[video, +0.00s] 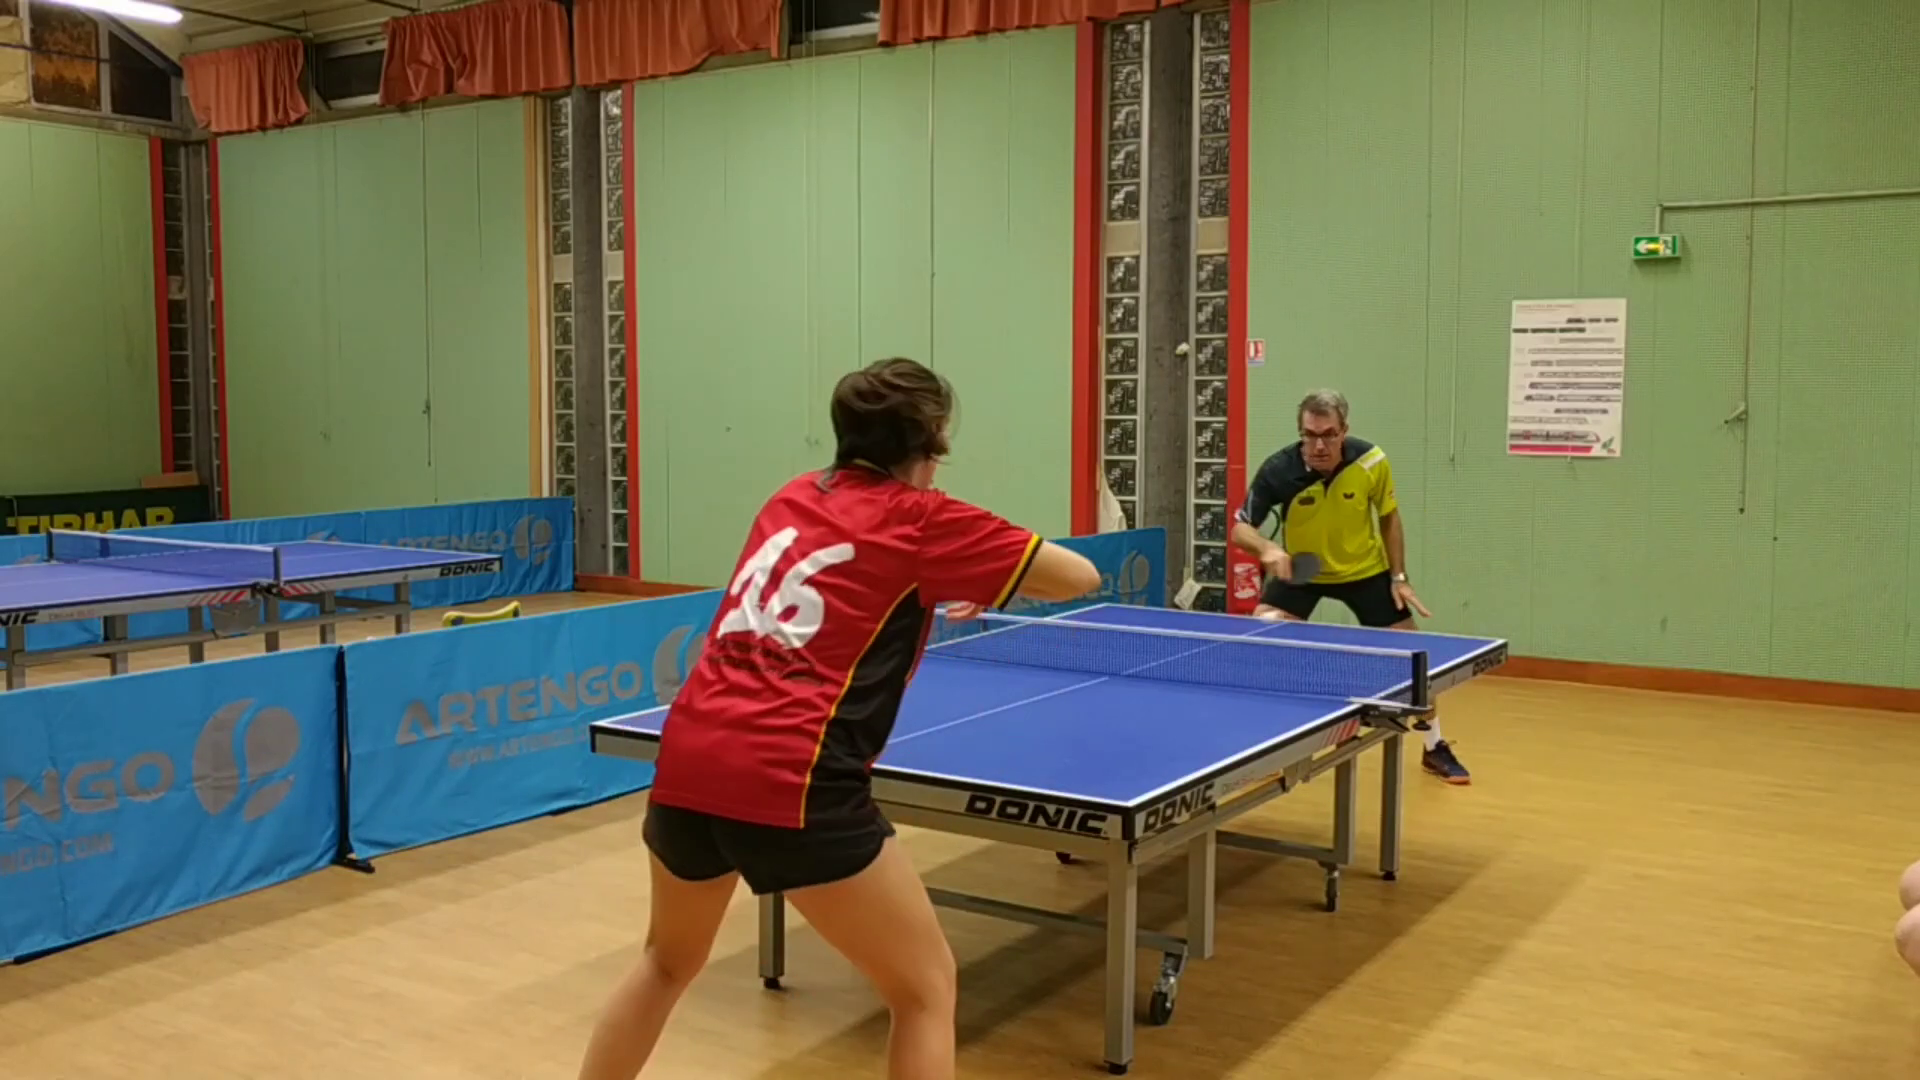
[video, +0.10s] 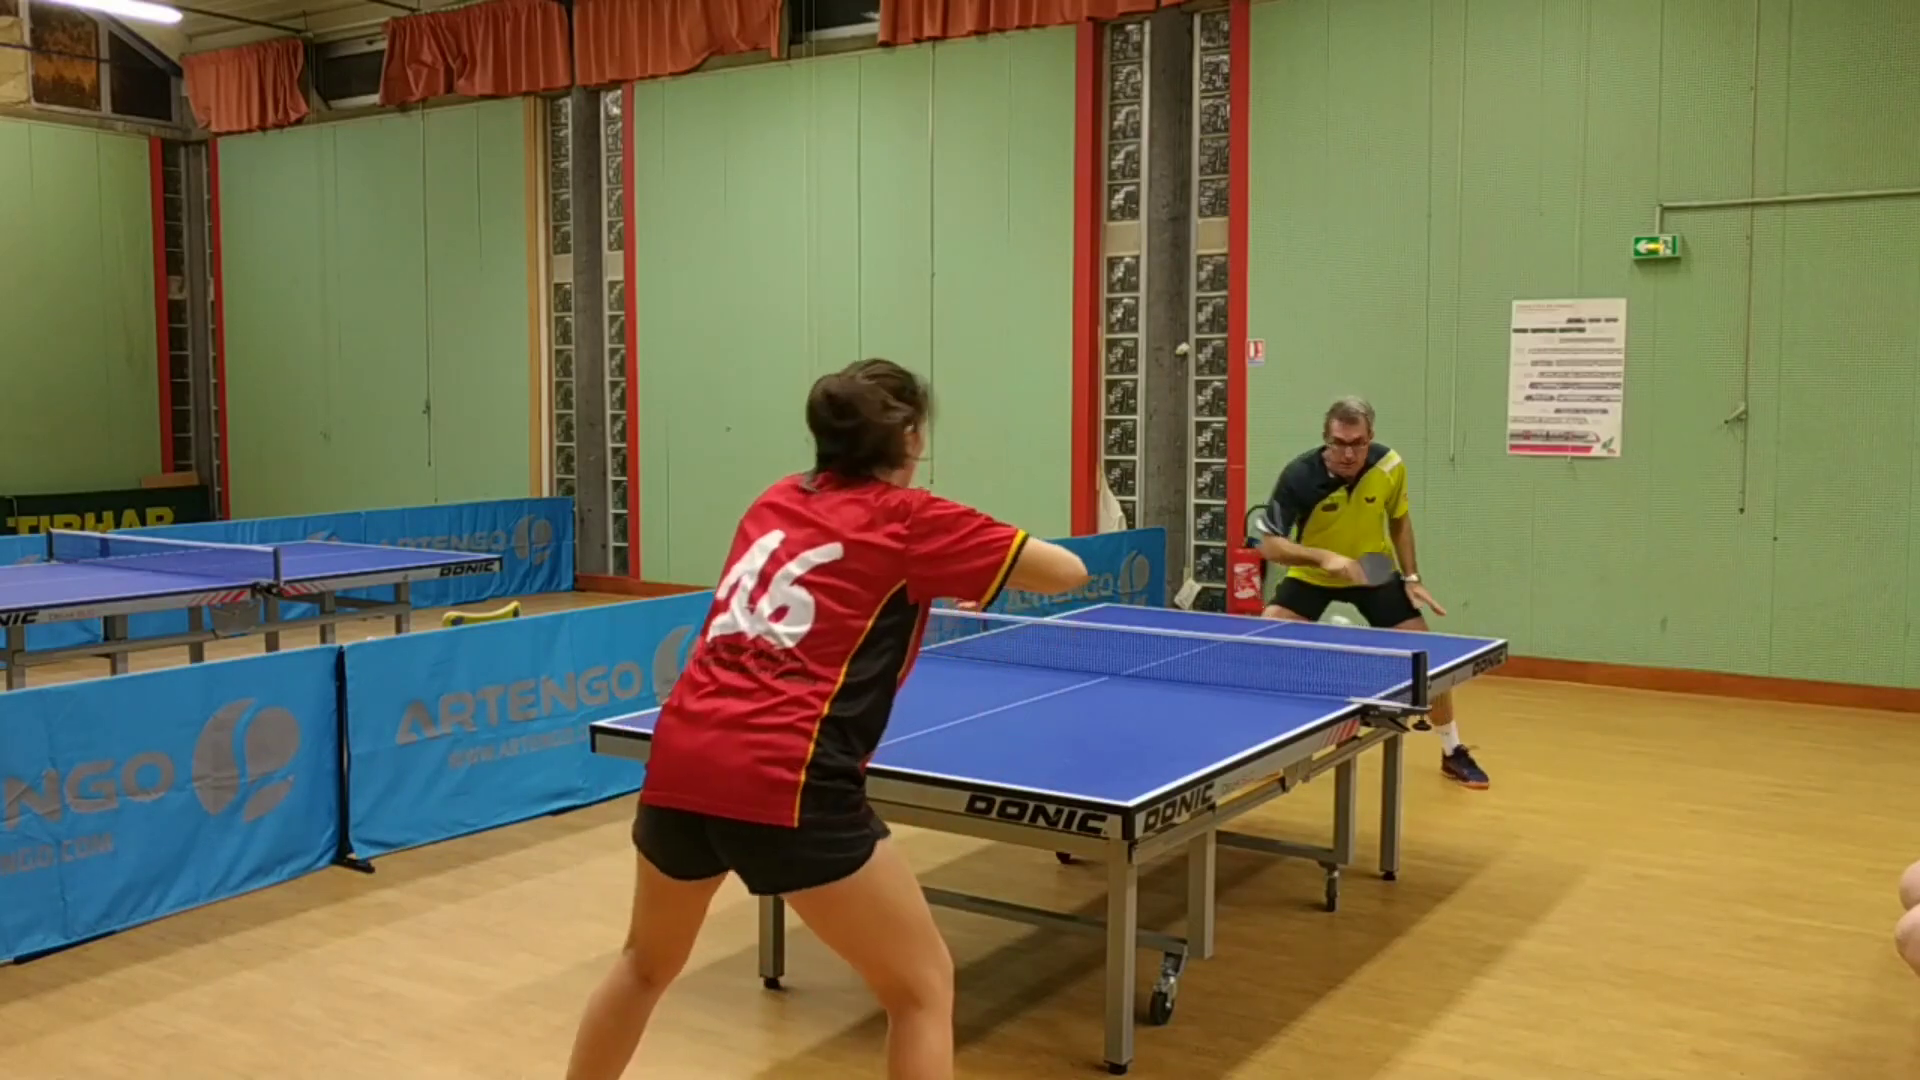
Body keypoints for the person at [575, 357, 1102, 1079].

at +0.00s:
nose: (938, 466)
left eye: (940, 451)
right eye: (938, 450)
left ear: (849, 439)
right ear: (923, 453)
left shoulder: (791, 497)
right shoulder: (920, 518)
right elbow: (1080, 576)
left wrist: (938, 581)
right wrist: (1000, 575)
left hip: (684, 778)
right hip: (795, 794)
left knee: (663, 961)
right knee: (926, 992)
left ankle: (594, 1078)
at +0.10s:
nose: (922, 442)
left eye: (920, 429)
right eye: (919, 430)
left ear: (831, 437)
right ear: (905, 442)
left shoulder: (775, 500)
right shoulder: (908, 518)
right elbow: (1067, 570)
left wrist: (930, 569)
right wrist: (990, 559)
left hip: (677, 775)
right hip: (790, 790)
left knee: (640, 965)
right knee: (921, 991)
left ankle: (581, 1079)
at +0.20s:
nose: (892, 454)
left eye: (890, 439)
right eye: (889, 440)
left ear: (801, 450)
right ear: (873, 452)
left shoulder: (747, 516)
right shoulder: (877, 531)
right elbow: (1033, 589)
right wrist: (964, 572)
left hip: (652, 789)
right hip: (764, 802)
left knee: (626, 973)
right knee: (910, 988)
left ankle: (571, 1079)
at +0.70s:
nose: (837, 468)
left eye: (836, 455)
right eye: (835, 455)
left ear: (744, 460)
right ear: (815, 462)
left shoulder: (692, 529)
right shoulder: (817, 532)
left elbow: (718, 633)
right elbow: (947, 622)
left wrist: (815, 648)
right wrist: (911, 636)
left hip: (602, 787)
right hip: (704, 793)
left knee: (639, 927)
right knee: (857, 991)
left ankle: (565, 1074)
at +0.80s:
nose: (823, 489)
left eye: (821, 475)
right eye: (821, 477)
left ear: (733, 484)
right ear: (804, 485)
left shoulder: (681, 555)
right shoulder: (811, 559)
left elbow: (721, 682)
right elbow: (936, 652)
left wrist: (815, 684)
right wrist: (927, 680)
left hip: (599, 815)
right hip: (708, 820)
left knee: (623, 957)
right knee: (875, 987)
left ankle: (558, 1075)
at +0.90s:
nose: (798, 487)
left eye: (798, 476)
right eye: (797, 476)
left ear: (704, 489)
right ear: (783, 484)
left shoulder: (652, 566)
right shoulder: (819, 564)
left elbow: (592, 707)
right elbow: (935, 666)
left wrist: (642, 761)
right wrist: (896, 714)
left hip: (635, 814)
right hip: (754, 818)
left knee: (615, 961)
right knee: (884, 987)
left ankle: (557, 1074)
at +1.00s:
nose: (777, 489)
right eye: (775, 481)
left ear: (686, 498)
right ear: (766, 490)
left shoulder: (647, 586)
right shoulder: (828, 569)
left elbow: (595, 725)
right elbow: (923, 687)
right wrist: (864, 763)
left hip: (696, 838)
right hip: (822, 829)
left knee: (620, 959)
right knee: (904, 993)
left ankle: (566, 1076)